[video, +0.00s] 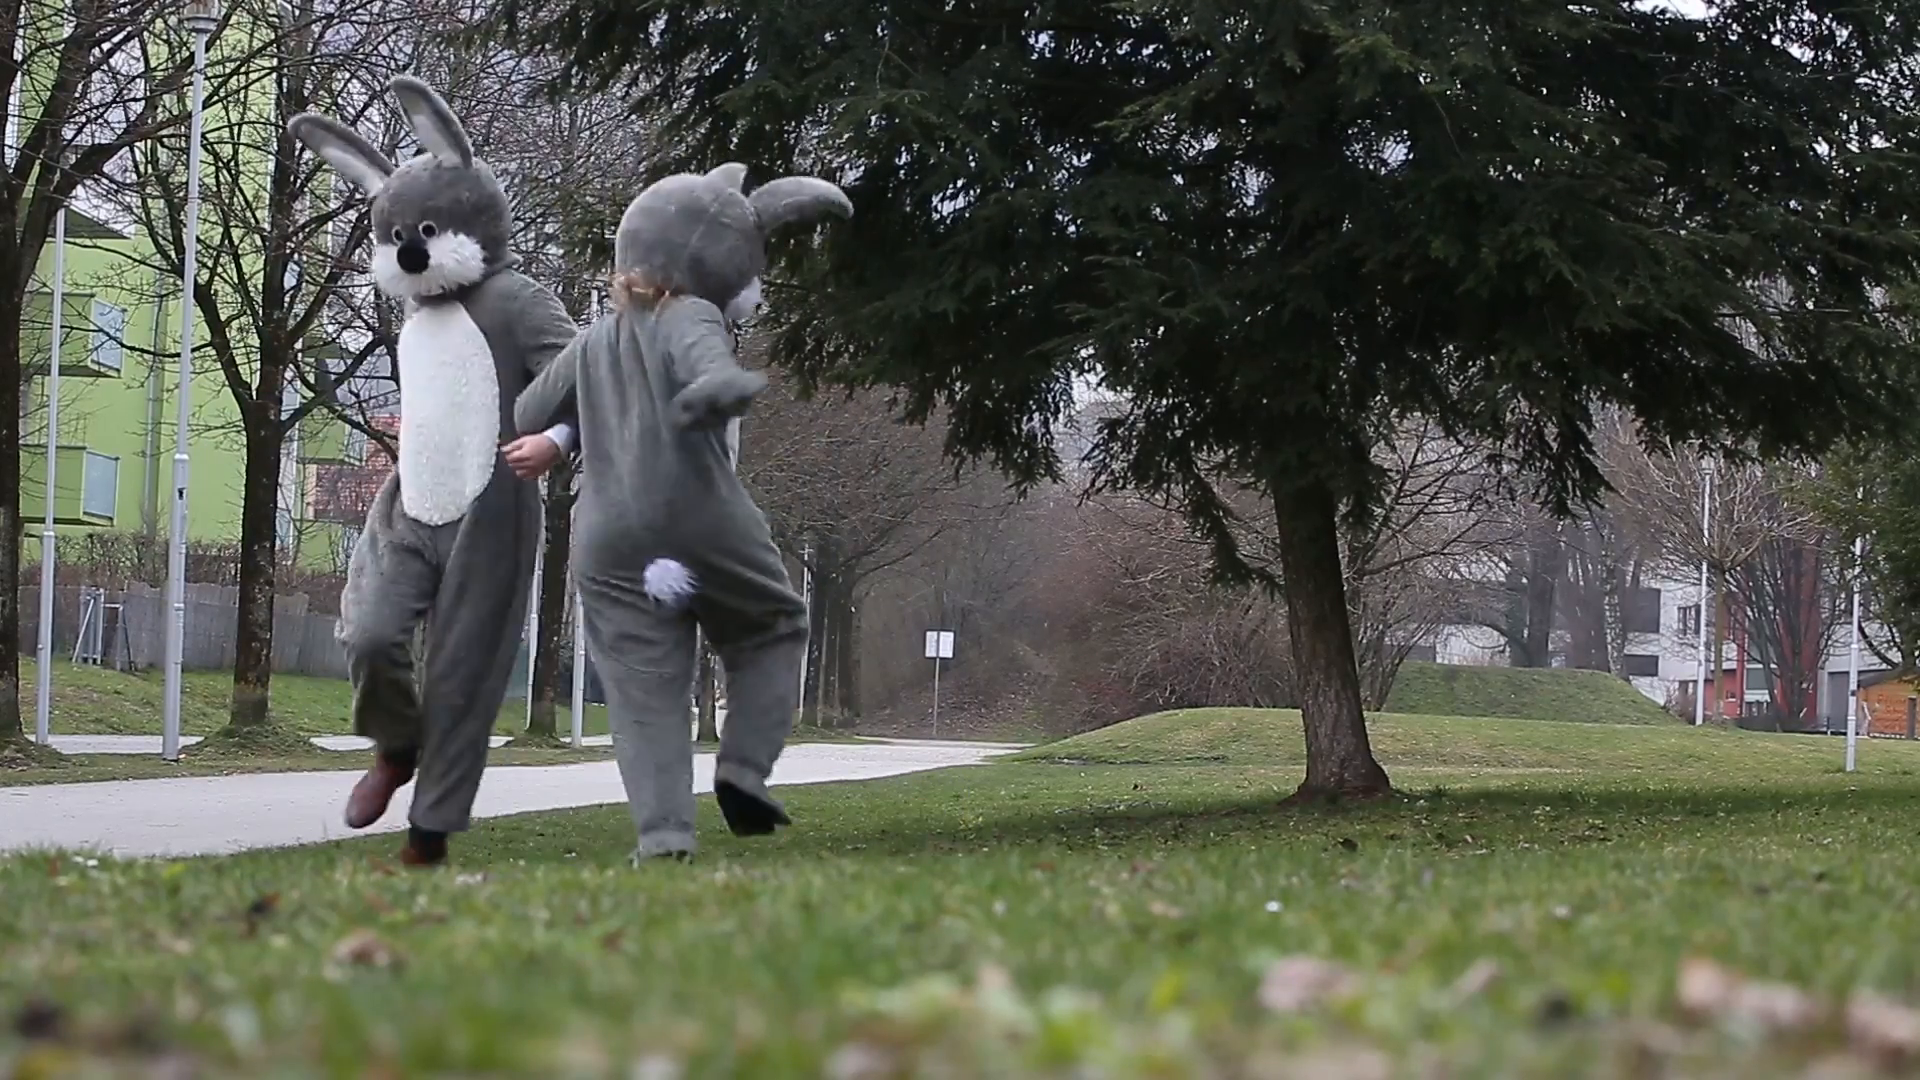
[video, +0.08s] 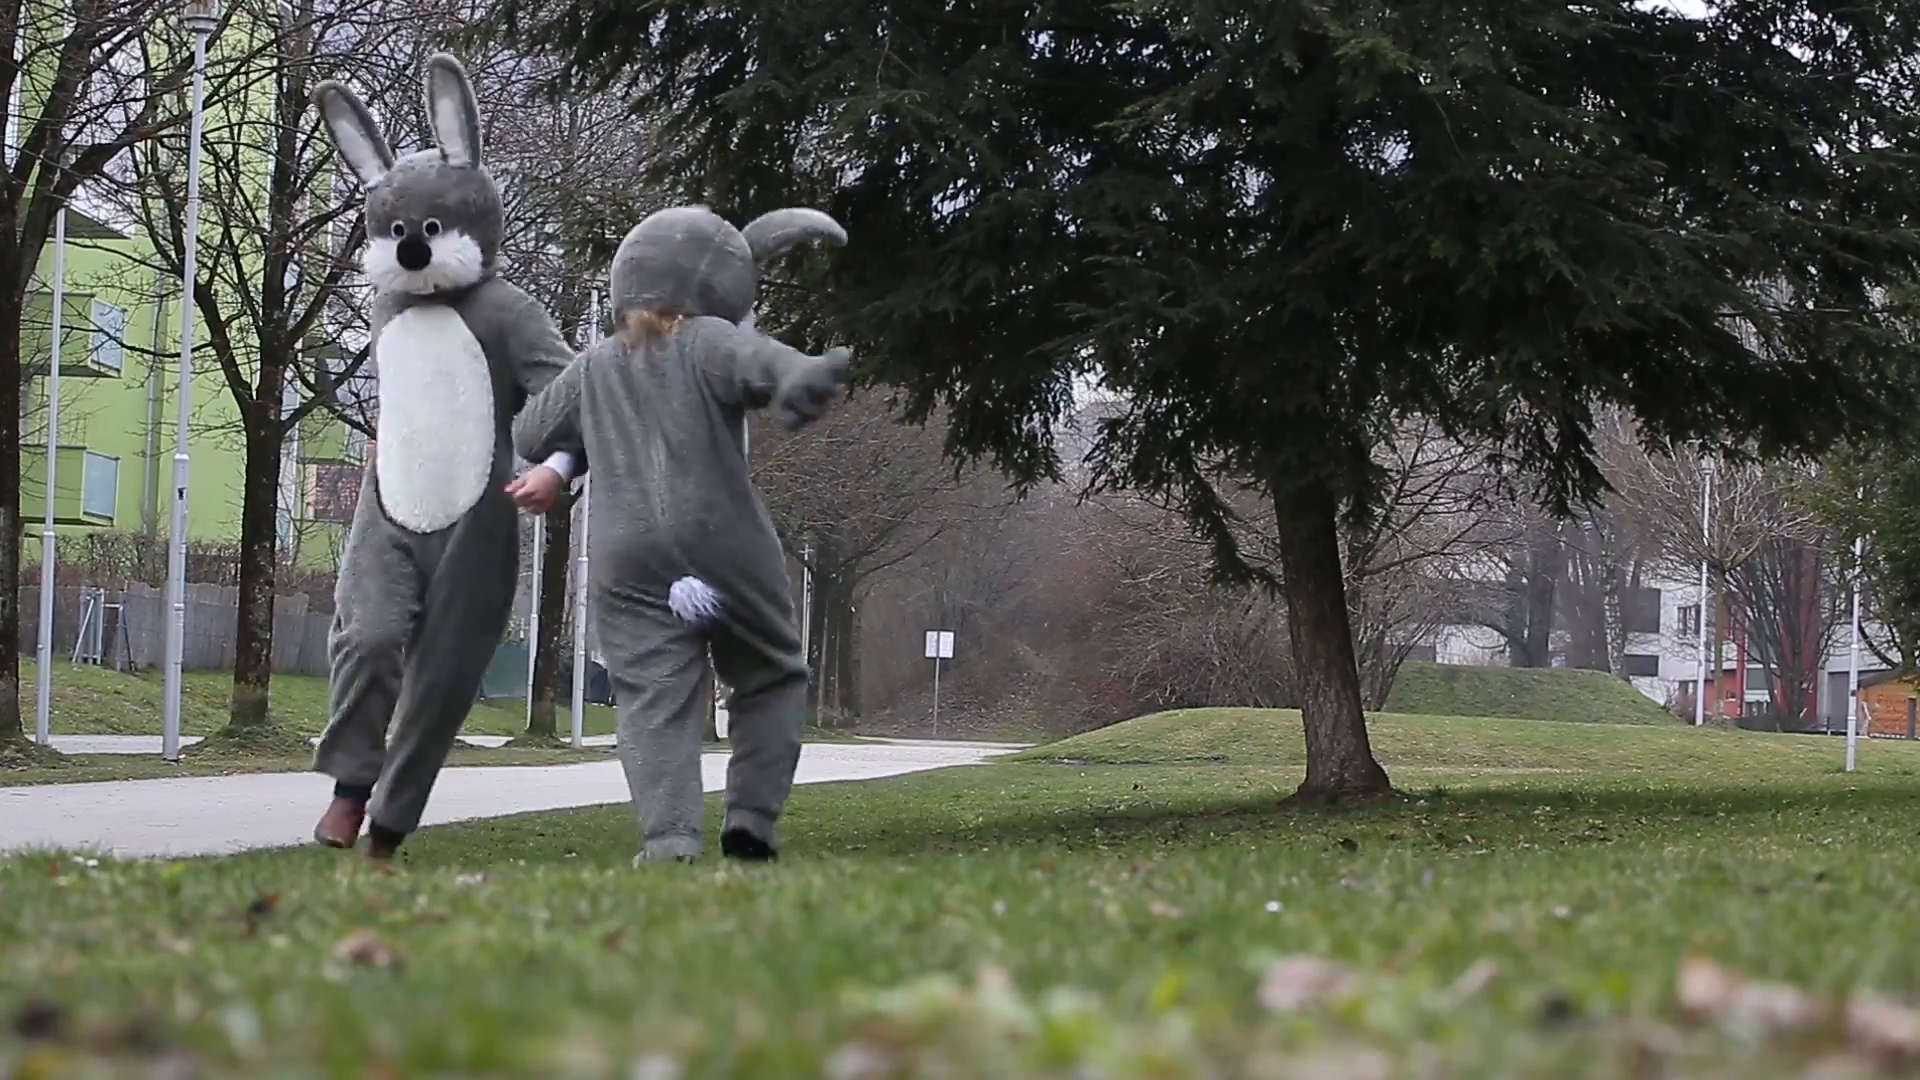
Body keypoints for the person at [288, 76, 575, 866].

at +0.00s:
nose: (414, 246)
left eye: (431, 227)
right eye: (402, 232)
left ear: (469, 226)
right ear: (392, 238)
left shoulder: (518, 302)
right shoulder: (417, 317)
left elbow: (588, 384)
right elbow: (445, 399)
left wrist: (558, 438)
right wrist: (406, 425)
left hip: (490, 504)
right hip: (410, 494)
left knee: (458, 671)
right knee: (369, 636)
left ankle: (433, 835)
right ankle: (399, 746)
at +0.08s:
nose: (413, 246)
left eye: (431, 229)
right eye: (399, 233)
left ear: (468, 233)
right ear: (382, 241)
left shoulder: (504, 313)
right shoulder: (395, 319)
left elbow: (576, 402)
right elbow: (393, 398)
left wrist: (559, 468)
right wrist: (376, 452)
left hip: (476, 521)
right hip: (387, 510)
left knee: (440, 679)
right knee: (368, 638)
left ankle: (387, 825)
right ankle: (349, 790)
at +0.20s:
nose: (420, 285)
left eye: (442, 269)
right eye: (400, 268)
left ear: (473, 276)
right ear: (374, 274)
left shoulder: (497, 355)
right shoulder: (359, 350)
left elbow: (573, 418)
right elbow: (310, 439)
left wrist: (569, 476)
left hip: (452, 555)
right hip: (359, 543)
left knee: (411, 698)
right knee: (355, 672)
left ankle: (362, 838)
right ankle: (321, 825)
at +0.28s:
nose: (428, 297)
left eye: (449, 281)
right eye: (410, 279)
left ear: (472, 287)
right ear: (377, 281)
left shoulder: (493, 361)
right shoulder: (347, 353)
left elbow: (571, 419)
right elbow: (275, 438)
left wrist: (582, 460)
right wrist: (201, 504)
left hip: (443, 567)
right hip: (351, 557)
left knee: (402, 712)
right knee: (352, 689)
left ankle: (359, 844)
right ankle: (316, 841)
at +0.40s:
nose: (445, 290)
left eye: (462, 277)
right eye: (428, 274)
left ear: (475, 277)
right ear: (388, 266)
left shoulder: (492, 345)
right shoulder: (334, 337)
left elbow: (557, 390)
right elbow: (253, 407)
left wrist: (581, 427)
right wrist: (186, 469)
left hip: (441, 571)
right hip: (352, 560)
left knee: (413, 735)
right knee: (353, 699)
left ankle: (356, 807)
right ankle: (307, 849)